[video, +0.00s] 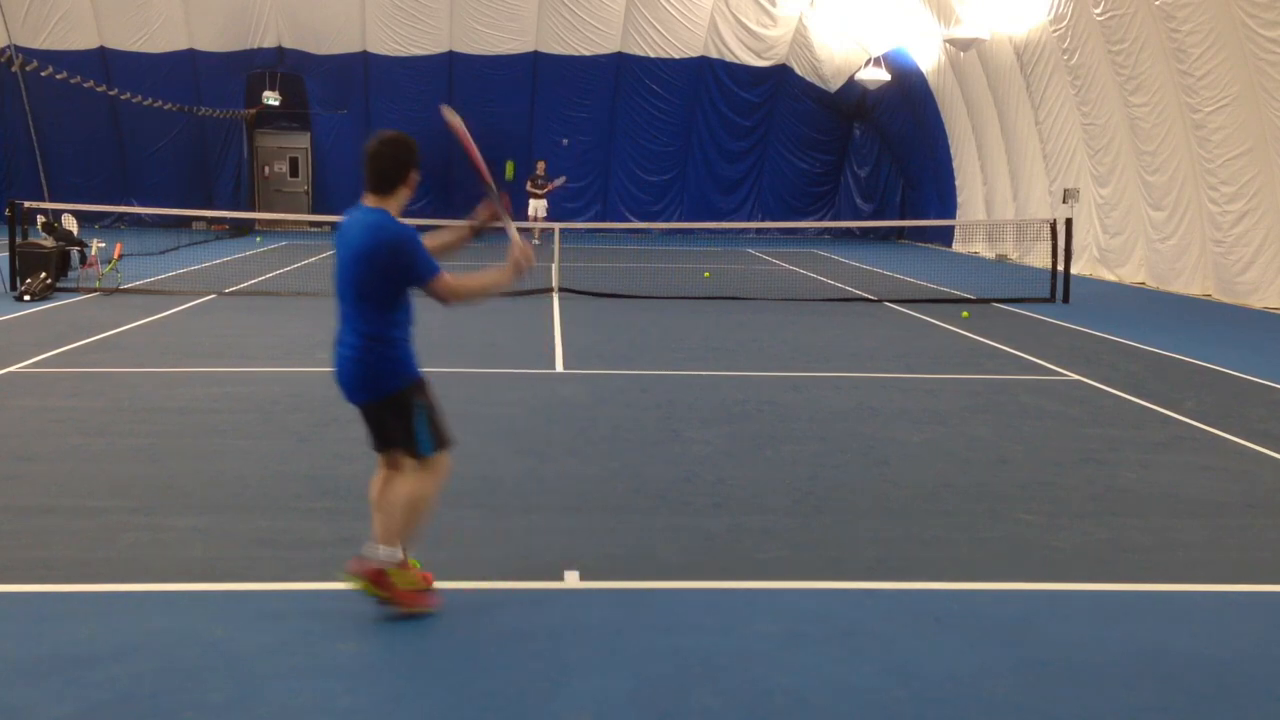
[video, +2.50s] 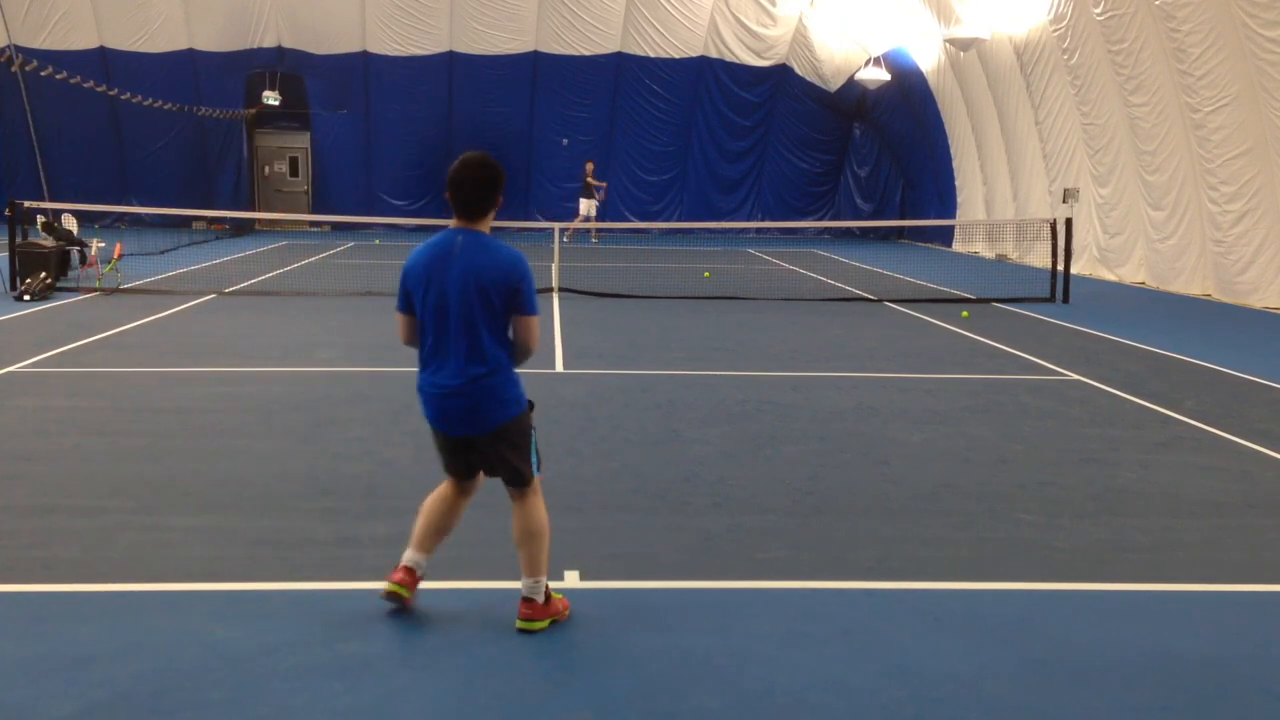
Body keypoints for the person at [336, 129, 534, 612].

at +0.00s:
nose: (417, 180)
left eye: (413, 172)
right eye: (416, 173)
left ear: (369, 173)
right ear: (410, 179)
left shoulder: (352, 223)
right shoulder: (394, 236)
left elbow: (412, 250)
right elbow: (448, 290)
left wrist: (472, 226)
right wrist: (510, 270)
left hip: (356, 365)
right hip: (387, 370)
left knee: (394, 461)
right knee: (432, 460)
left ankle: (387, 564)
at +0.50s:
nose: (285, 193)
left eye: (283, 184)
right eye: (281, 184)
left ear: (240, 190)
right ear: (263, 191)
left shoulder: (234, 239)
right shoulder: (229, 245)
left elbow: (267, 278)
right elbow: (243, 296)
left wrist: (319, 284)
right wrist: (278, 299)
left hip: (220, 385)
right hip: (235, 389)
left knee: (222, 479)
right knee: (277, 483)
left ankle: (140, 563)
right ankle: (242, 596)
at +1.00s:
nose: (157, 185)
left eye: (156, 179)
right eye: (155, 179)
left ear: (98, 186)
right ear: (148, 185)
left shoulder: (76, 248)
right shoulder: (172, 233)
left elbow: (70, 322)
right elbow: (121, 251)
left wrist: (115, 292)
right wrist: (42, 248)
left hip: (97, 389)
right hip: (162, 390)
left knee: (74, 485)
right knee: (175, 488)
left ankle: (76, 591)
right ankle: (211, 577)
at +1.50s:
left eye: (164, 172)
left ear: (164, 177)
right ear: (216, 179)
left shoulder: (155, 232)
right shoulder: (238, 235)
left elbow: (154, 302)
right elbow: (243, 306)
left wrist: (129, 317)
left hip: (169, 379)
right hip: (223, 382)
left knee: (134, 473)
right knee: (187, 471)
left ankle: (143, 586)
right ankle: (192, 580)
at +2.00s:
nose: (380, 185)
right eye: (380, 179)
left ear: (333, 183)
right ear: (382, 185)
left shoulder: (307, 242)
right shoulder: (404, 245)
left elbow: (287, 317)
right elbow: (423, 319)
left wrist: (325, 327)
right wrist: (391, 336)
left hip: (323, 385)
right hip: (386, 388)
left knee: (289, 488)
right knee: (400, 485)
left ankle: (248, 592)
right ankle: (407, 591)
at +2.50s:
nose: (496, 202)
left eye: (456, 191)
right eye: (497, 196)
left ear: (448, 198)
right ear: (498, 202)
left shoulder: (420, 259)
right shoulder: (509, 262)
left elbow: (408, 334)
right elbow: (526, 343)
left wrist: (451, 337)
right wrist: (499, 358)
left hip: (440, 400)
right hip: (497, 399)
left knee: (460, 480)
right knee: (525, 489)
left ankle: (407, 571)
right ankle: (536, 598)